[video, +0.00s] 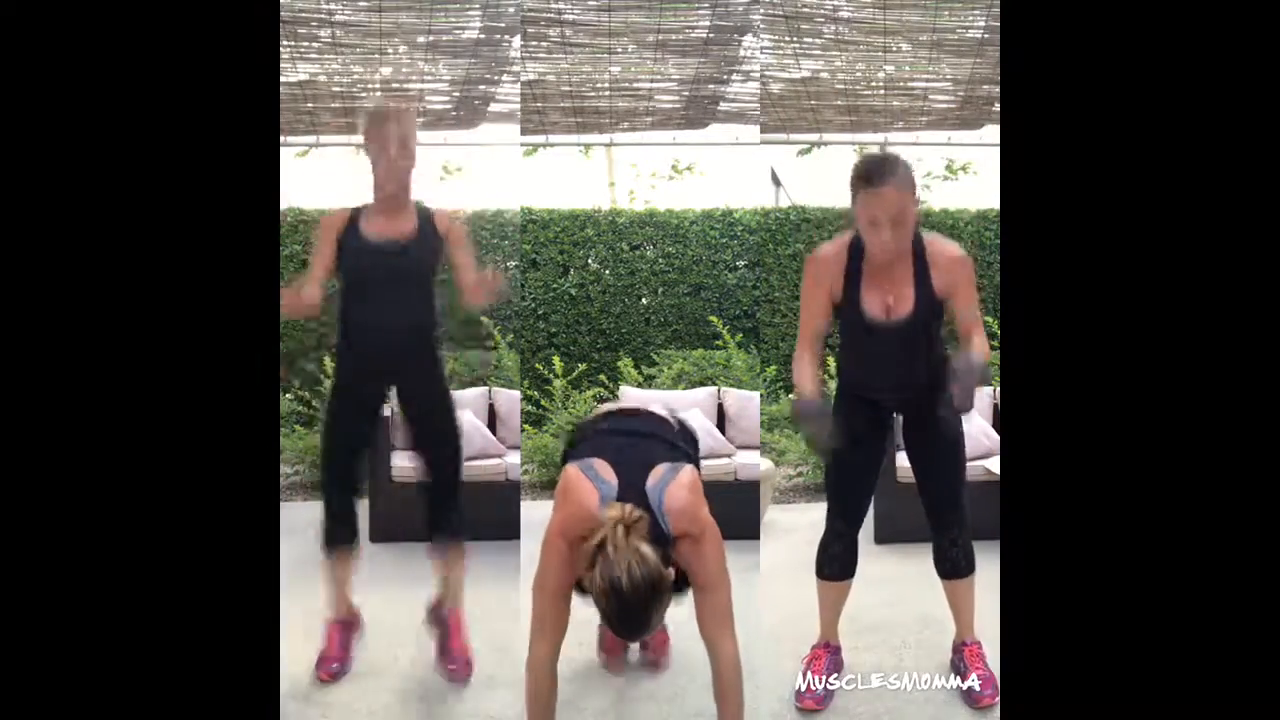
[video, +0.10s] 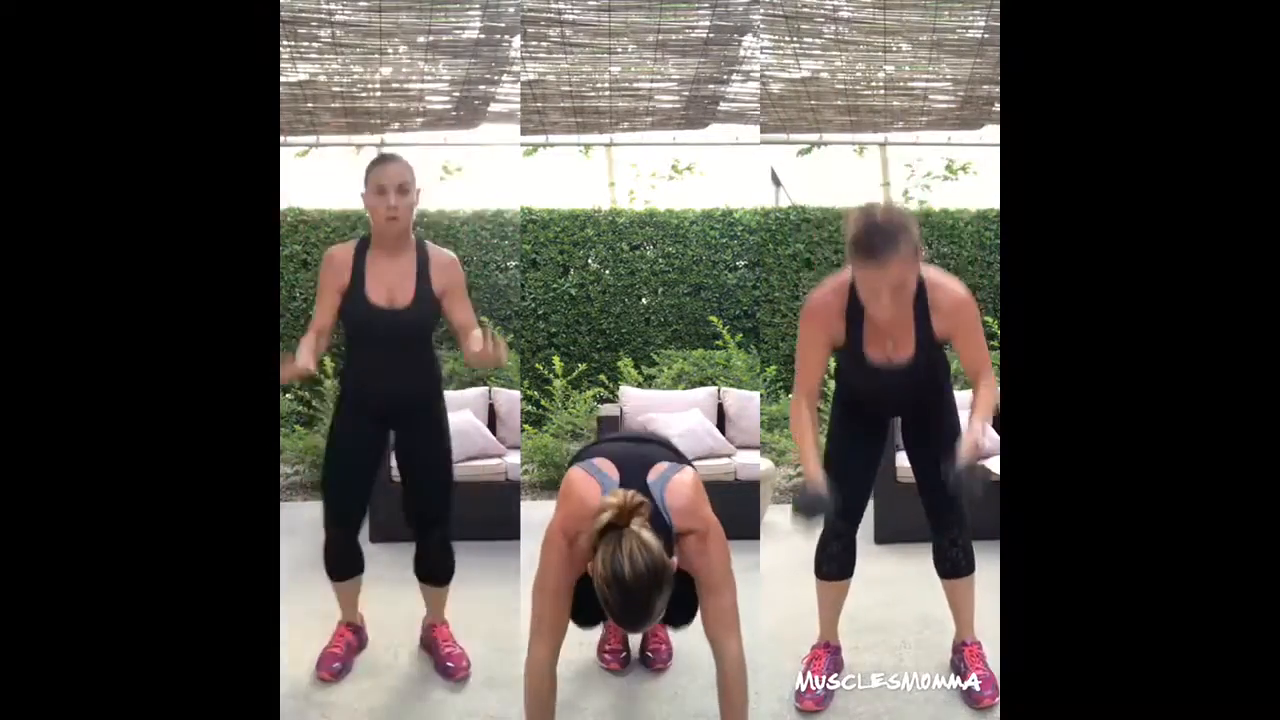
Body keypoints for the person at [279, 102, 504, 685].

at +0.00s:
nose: (398, 158)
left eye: (406, 147)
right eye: (388, 149)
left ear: (416, 152)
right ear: (369, 154)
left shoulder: (440, 222)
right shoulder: (340, 224)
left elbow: (471, 294)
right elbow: (310, 296)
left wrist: (489, 283)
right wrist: (294, 298)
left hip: (419, 370)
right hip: (358, 371)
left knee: (446, 486)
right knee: (337, 490)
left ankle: (449, 610)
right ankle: (341, 616)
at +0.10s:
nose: (392, 200)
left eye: (402, 190)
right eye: (381, 190)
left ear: (417, 197)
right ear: (365, 198)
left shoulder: (441, 263)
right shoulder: (341, 260)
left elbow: (470, 339)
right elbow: (319, 329)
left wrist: (483, 351)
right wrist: (305, 359)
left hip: (422, 409)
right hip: (358, 408)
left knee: (434, 524)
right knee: (339, 522)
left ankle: (436, 626)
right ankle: (350, 625)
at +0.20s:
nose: (392, 187)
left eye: (402, 176)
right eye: (381, 178)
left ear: (417, 180)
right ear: (366, 183)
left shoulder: (442, 245)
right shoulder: (342, 241)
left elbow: (466, 318)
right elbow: (325, 318)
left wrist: (465, 358)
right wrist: (319, 370)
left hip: (422, 390)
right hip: (360, 390)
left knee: (437, 505)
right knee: (343, 505)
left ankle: (437, 623)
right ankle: (349, 622)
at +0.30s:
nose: (393, 180)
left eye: (404, 168)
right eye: (382, 169)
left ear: (418, 171)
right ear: (366, 172)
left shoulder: (443, 234)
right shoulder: (341, 231)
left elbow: (469, 310)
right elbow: (327, 309)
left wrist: (461, 345)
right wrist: (324, 361)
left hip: (422, 382)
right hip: (361, 382)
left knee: (429, 501)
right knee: (356, 500)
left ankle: (437, 617)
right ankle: (350, 615)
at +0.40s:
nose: (396, 190)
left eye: (406, 177)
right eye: (385, 178)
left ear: (419, 176)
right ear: (367, 178)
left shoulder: (443, 236)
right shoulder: (343, 235)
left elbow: (473, 313)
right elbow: (324, 313)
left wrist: (466, 344)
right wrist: (320, 366)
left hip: (424, 387)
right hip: (362, 387)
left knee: (427, 503)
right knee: (361, 502)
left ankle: (435, 619)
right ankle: (352, 617)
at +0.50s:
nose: (396, 206)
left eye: (406, 193)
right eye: (385, 193)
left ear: (421, 186)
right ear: (369, 187)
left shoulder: (444, 240)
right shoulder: (343, 239)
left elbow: (472, 314)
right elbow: (322, 318)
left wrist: (469, 358)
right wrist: (318, 376)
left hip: (423, 389)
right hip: (362, 389)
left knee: (427, 503)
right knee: (359, 502)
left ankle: (435, 618)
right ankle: (351, 616)